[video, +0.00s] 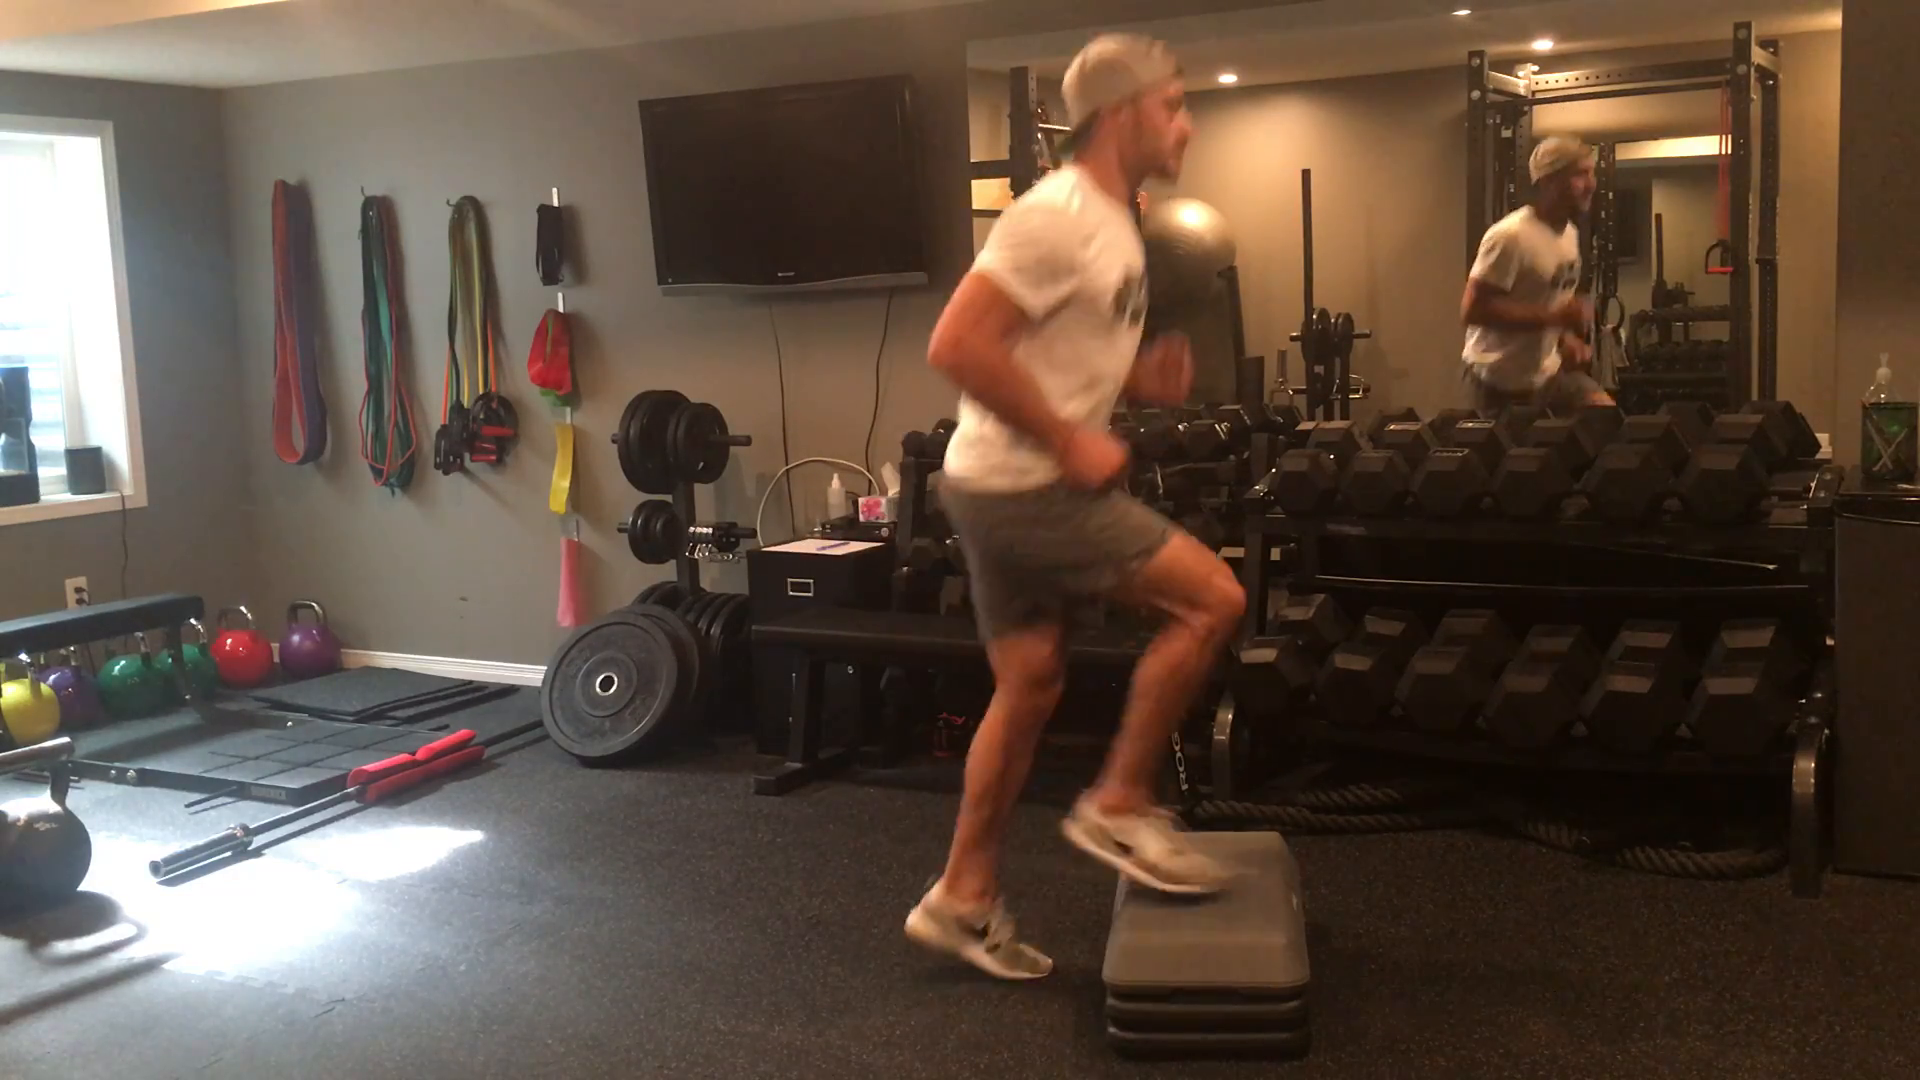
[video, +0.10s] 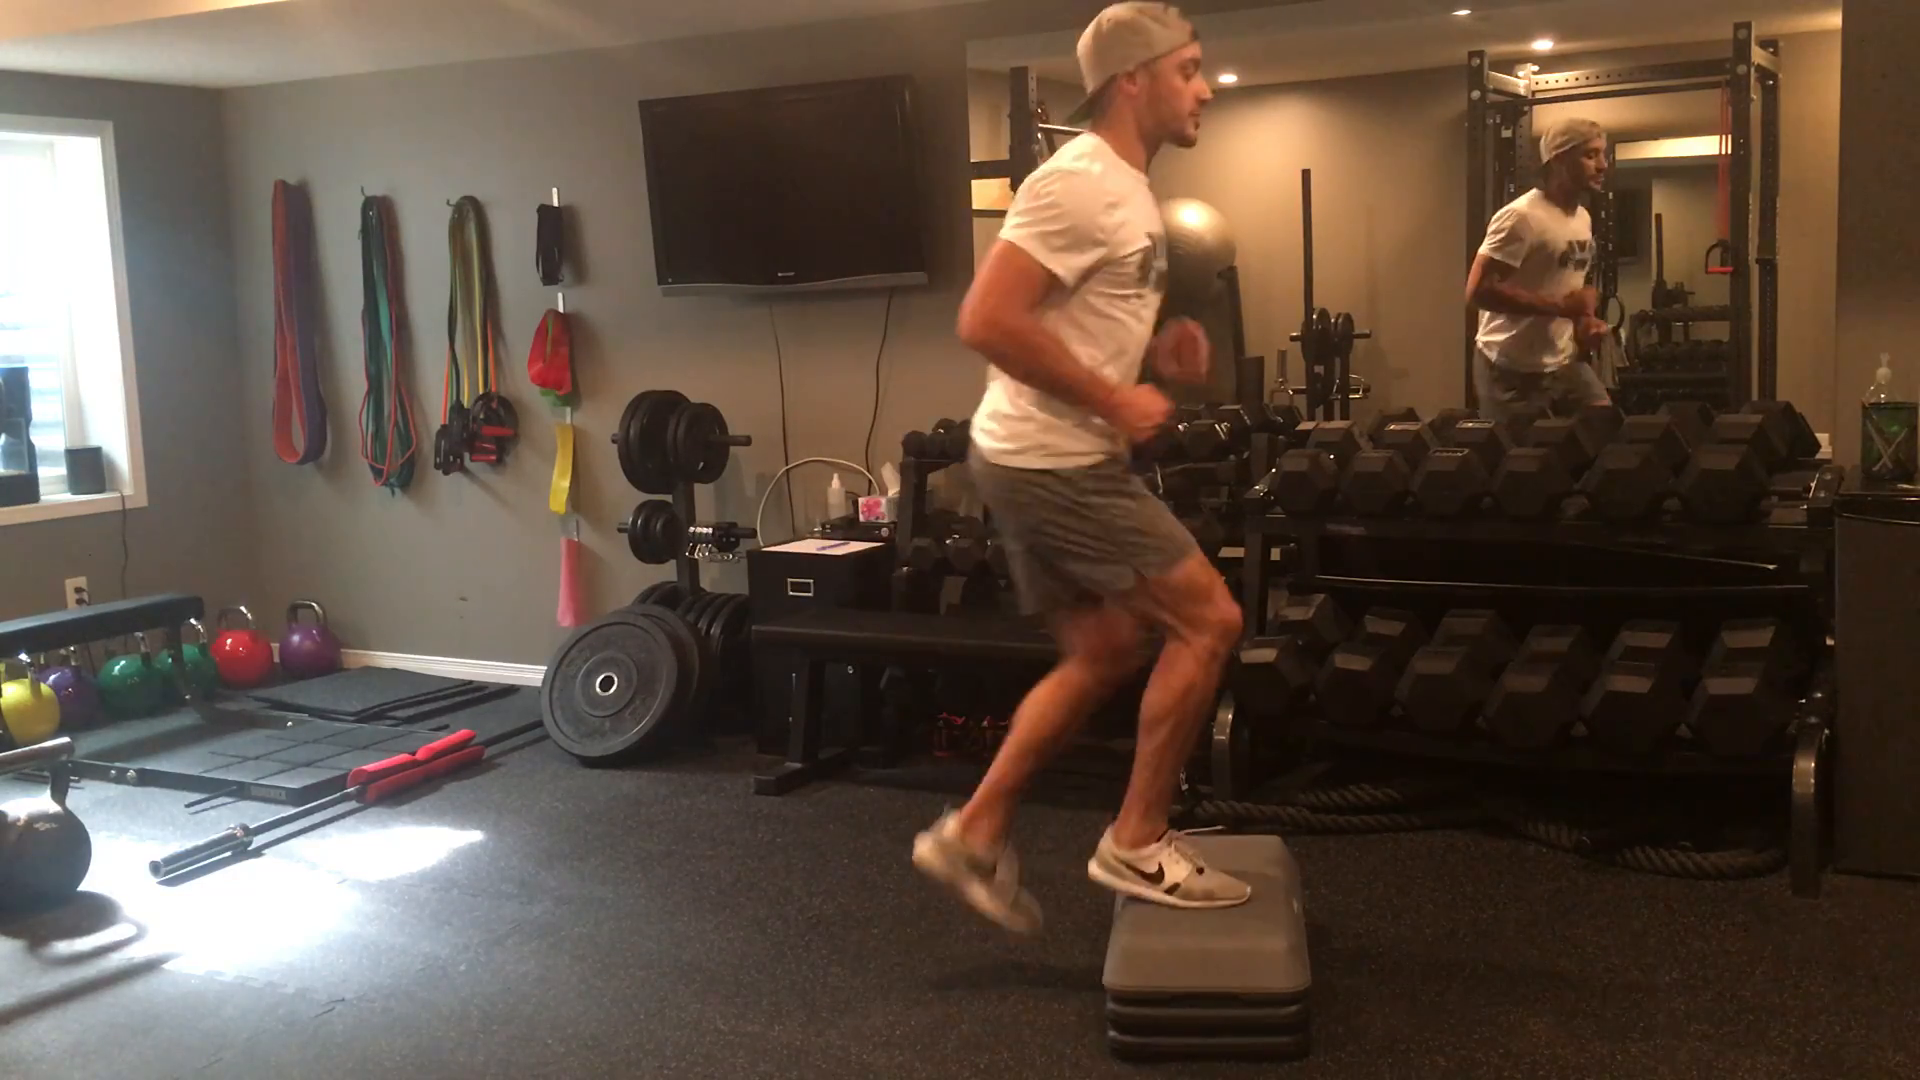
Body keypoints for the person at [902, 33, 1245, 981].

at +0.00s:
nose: (1186, 123)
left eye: (1183, 106)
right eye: (1172, 107)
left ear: (1123, 119)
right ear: (1120, 118)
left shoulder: (1111, 222)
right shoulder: (1055, 213)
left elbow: (1044, 347)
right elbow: (958, 340)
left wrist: (1132, 372)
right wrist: (1068, 437)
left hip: (1008, 483)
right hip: (1015, 484)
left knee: (1028, 680)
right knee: (1212, 599)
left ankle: (961, 897)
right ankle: (1118, 805)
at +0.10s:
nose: (1203, 87)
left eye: (1199, 70)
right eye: (1187, 71)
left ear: (1138, 86)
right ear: (1134, 84)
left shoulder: (1122, 185)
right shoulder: (1080, 178)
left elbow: (1066, 327)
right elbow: (986, 318)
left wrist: (1149, 350)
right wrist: (1110, 394)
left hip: (1036, 451)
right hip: (1048, 455)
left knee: (1104, 646)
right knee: (1208, 620)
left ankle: (973, 834)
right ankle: (1137, 842)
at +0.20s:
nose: (1212, 76)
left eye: (1209, 59)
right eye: (1197, 59)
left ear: (1144, 73)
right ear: (1142, 71)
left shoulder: (1126, 172)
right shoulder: (1095, 169)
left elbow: (1064, 320)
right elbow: (1029, 325)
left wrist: (1144, 393)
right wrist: (1154, 383)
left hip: (1084, 446)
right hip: (1068, 452)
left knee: (1156, 626)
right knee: (1202, 627)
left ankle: (1017, 770)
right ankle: (1139, 845)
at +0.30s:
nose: (1220, 48)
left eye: (1217, 27)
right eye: (1205, 25)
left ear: (1157, 34)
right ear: (1150, 31)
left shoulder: (1131, 132)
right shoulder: (1100, 126)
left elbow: (1074, 281)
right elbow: (1040, 279)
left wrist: (1151, 353)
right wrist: (1162, 337)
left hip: (1091, 406)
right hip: (1059, 413)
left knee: (1190, 568)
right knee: (1166, 604)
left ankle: (1087, 775)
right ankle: (1137, 837)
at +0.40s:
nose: (1222, 37)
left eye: (1219, 20)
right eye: (1206, 17)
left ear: (1156, 31)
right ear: (1152, 26)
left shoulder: (1133, 128)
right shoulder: (1094, 115)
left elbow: (1063, 263)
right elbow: (1024, 262)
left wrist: (1146, 328)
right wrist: (1146, 325)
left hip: (1073, 398)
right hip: (1049, 399)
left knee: (1153, 599)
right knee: (1175, 595)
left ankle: (1128, 809)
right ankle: (1095, 812)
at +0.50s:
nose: (1210, 62)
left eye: (1206, 43)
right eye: (1194, 41)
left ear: (1145, 53)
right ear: (1138, 52)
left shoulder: (1131, 162)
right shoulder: (1079, 148)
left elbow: (1071, 304)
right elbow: (991, 286)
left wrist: (1151, 344)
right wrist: (1127, 353)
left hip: (1080, 426)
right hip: (1041, 429)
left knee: (1148, 620)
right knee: (1178, 612)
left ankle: (1118, 828)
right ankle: (1029, 795)